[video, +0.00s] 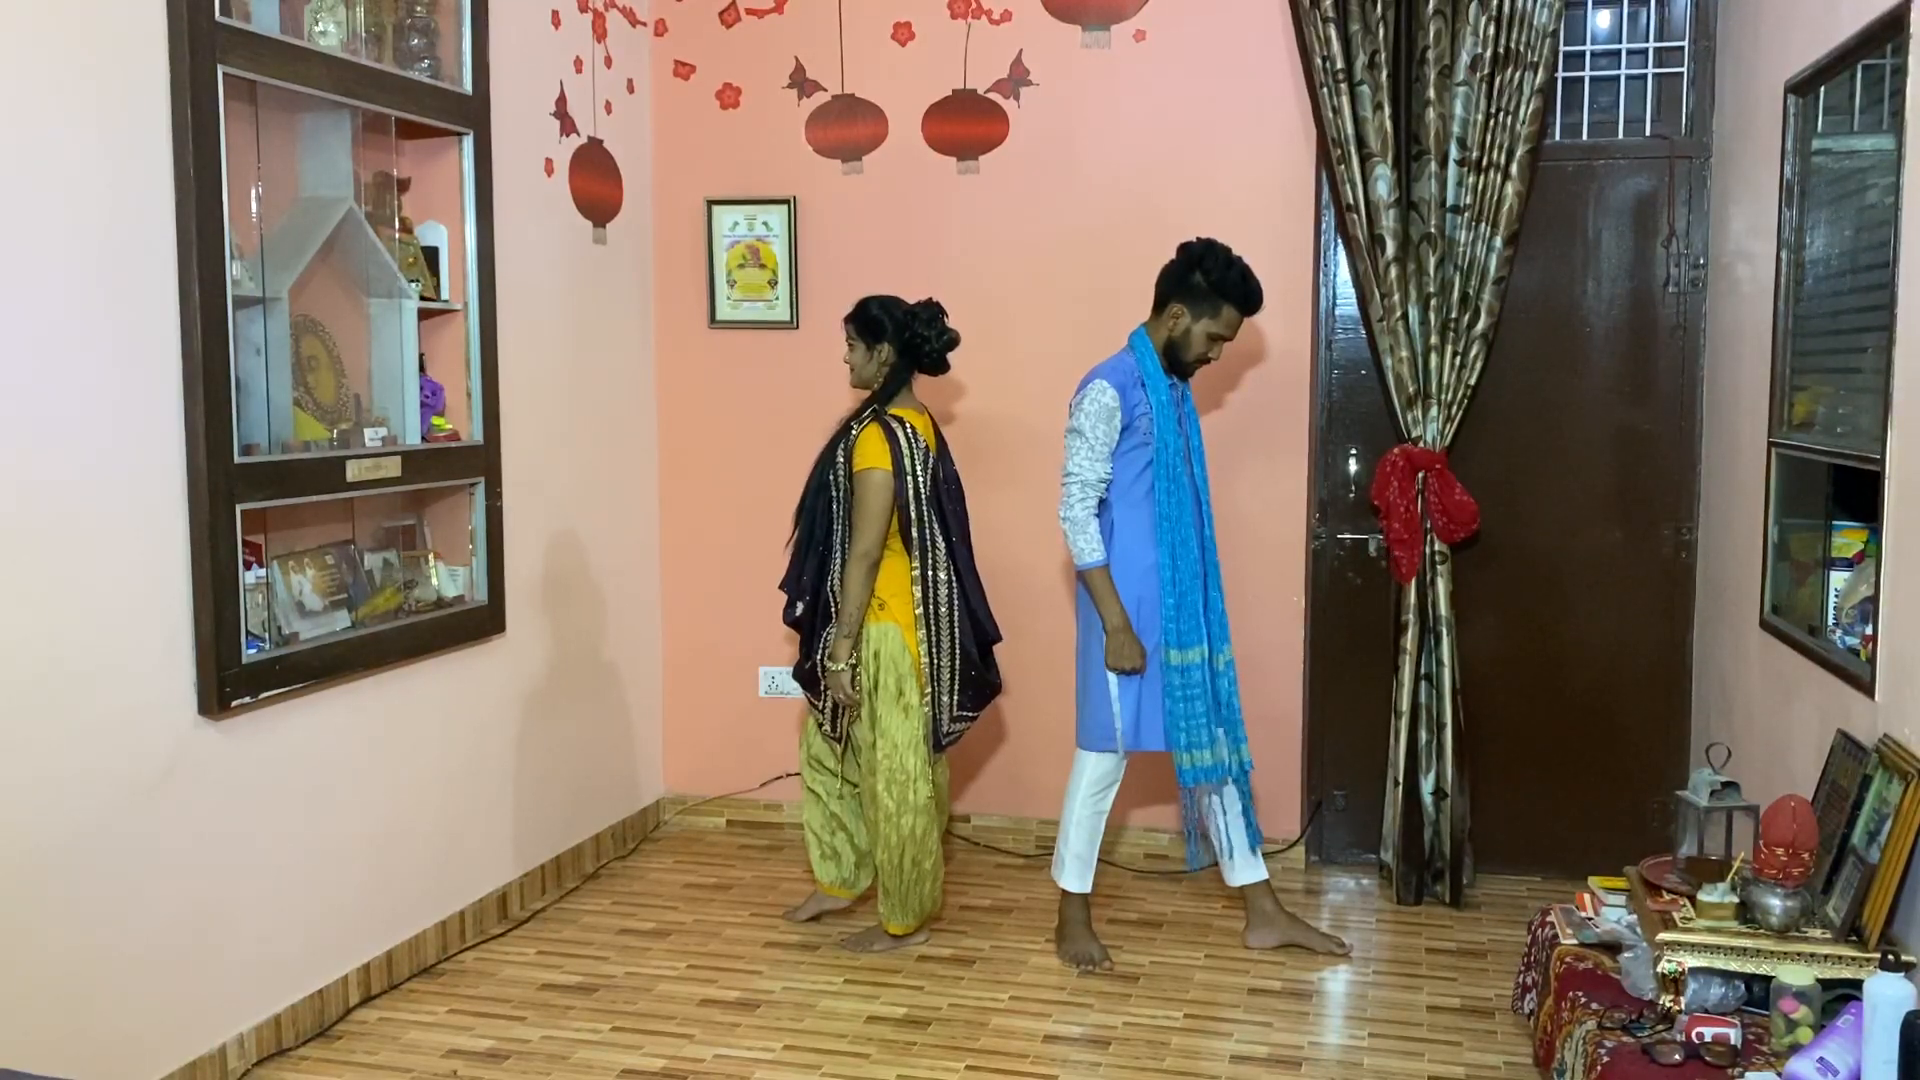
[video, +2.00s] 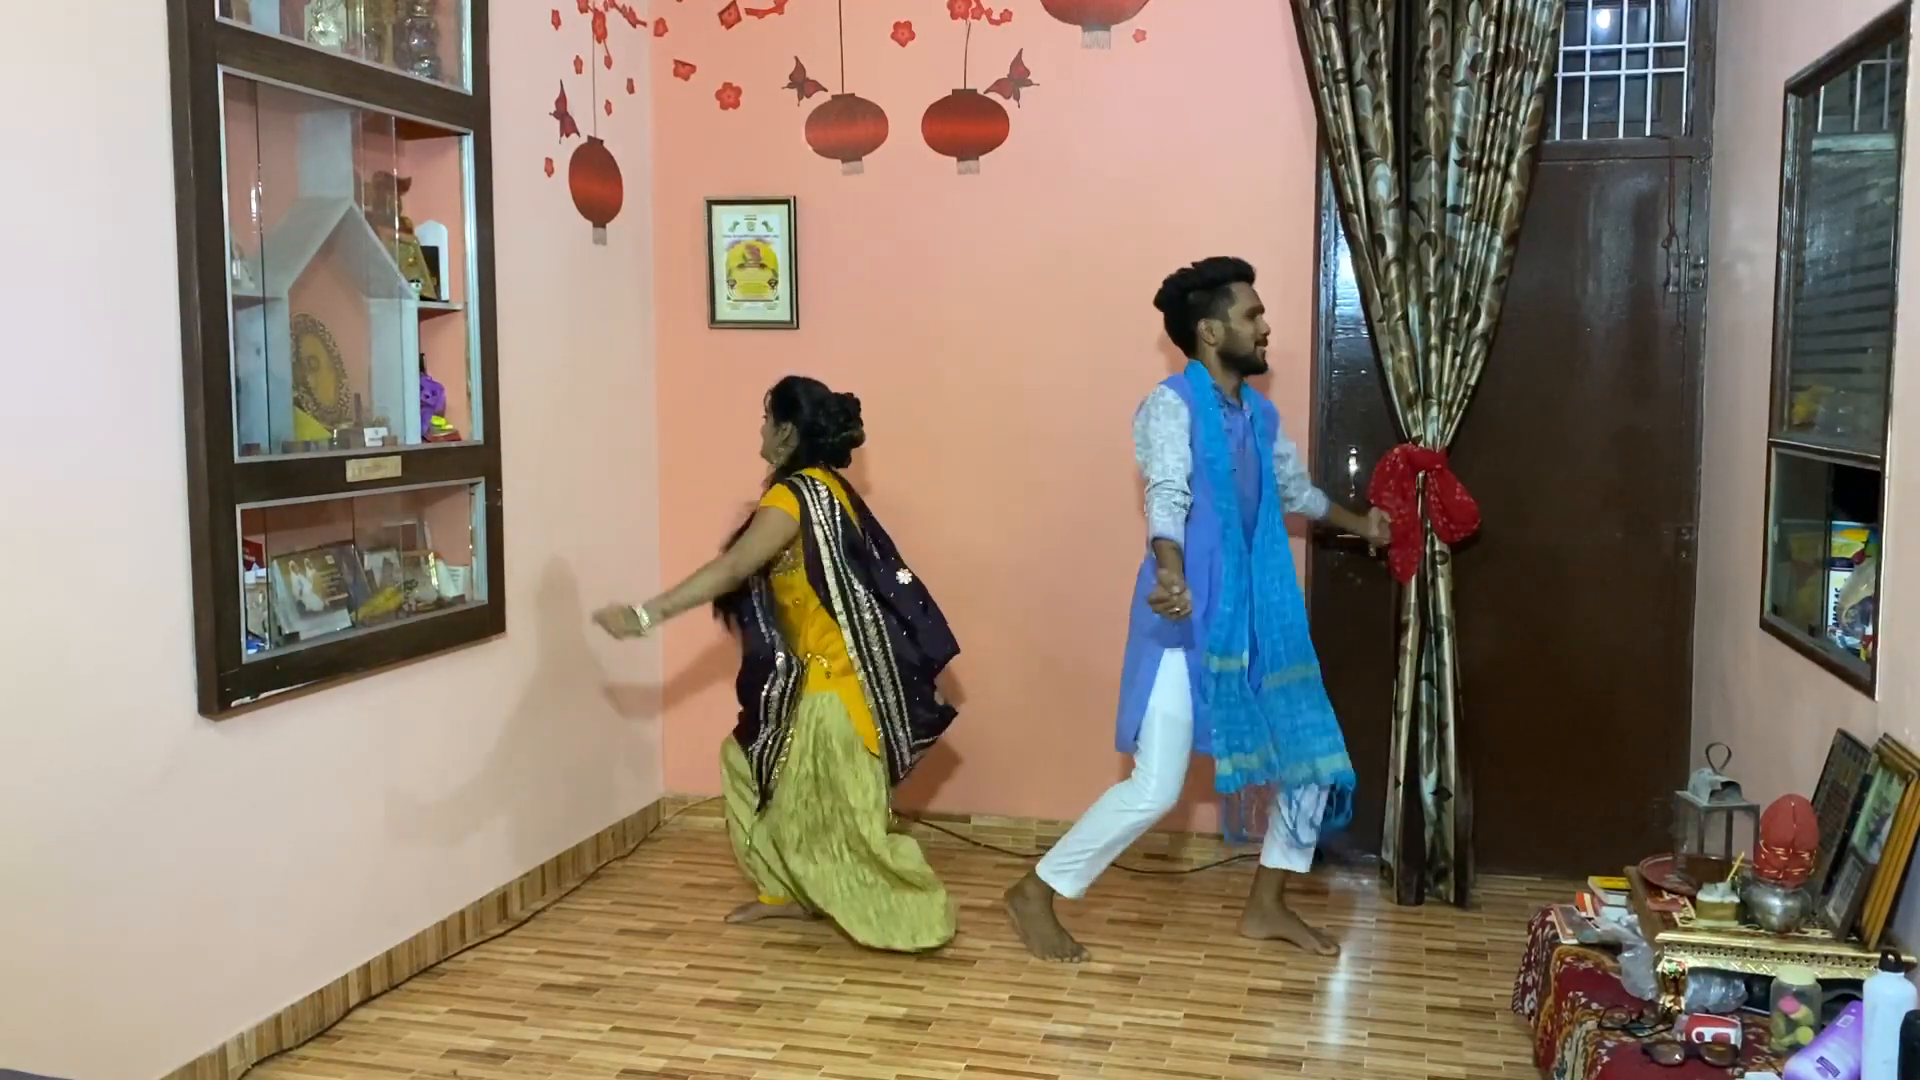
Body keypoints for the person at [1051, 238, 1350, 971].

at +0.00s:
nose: (1219, 352)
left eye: (1227, 339)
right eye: (1215, 336)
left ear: (1195, 320)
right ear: (1174, 311)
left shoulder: (1172, 391)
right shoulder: (1106, 392)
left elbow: (1170, 515)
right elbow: (1077, 514)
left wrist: (1195, 606)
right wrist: (1116, 623)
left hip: (1184, 603)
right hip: (1123, 604)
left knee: (1214, 743)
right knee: (1103, 753)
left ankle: (1263, 908)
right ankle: (1072, 914)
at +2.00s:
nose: (1266, 325)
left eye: (1262, 313)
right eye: (1252, 315)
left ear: (1228, 328)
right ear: (1208, 332)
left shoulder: (1260, 414)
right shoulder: (1170, 407)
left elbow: (1295, 491)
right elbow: (1166, 496)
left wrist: (1361, 521)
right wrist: (1170, 572)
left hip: (1259, 619)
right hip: (1186, 615)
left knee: (1313, 757)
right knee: (1158, 787)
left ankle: (1268, 902)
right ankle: (1038, 892)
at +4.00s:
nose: (1149, 346)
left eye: (1158, 331)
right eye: (1150, 331)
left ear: (1202, 334)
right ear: (1191, 333)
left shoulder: (1242, 418)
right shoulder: (1196, 414)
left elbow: (1240, 531)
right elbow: (1203, 524)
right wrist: (1129, 531)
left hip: (1241, 635)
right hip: (1182, 629)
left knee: (1251, 799)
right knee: (1104, 745)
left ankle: (1341, 922)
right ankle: (1132, 900)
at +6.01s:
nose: (1067, 332)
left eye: (1077, 319)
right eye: (1069, 317)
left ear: (1121, 324)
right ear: (1119, 325)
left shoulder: (1167, 391)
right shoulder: (1132, 401)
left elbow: (1099, 493)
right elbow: (1101, 513)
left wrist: (1042, 448)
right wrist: (1029, 487)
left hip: (1227, 595)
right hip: (1174, 598)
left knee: (1253, 763)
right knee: (1117, 730)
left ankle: (1350, 922)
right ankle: (1118, 905)